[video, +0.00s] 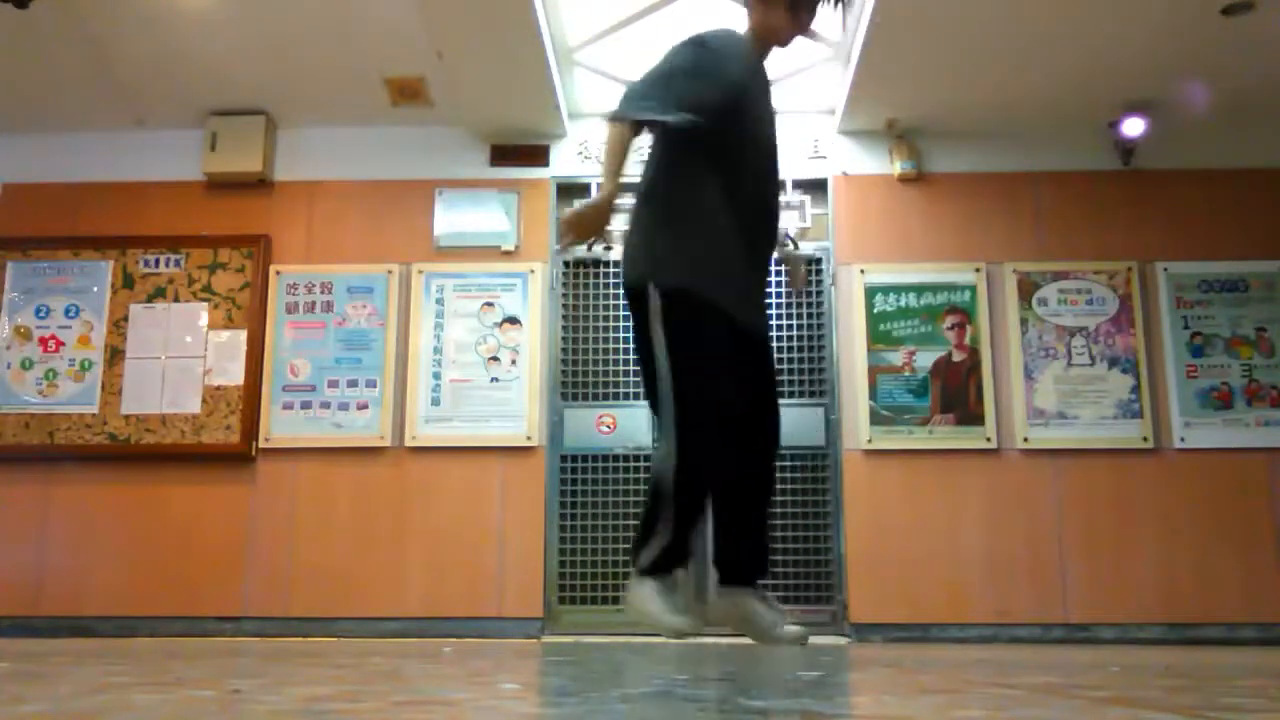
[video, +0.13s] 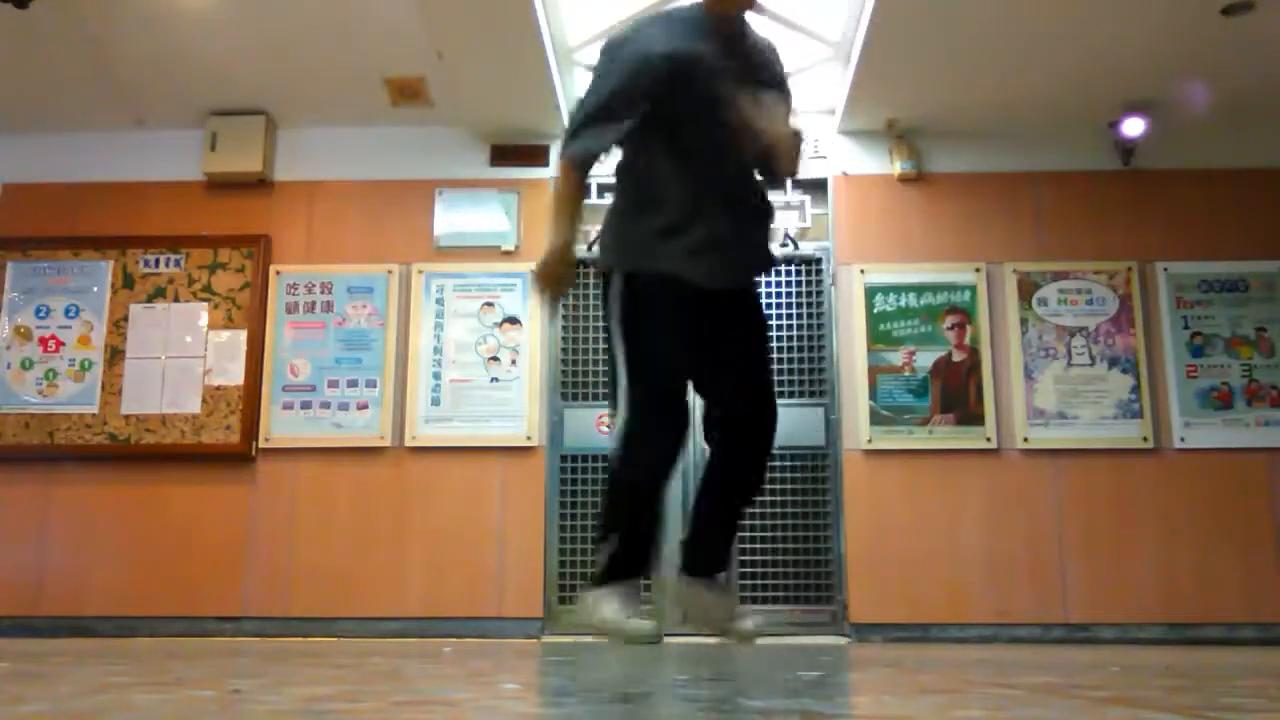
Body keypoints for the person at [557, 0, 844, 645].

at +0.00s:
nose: (806, 23)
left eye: (809, 13)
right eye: (802, 9)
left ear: (780, 12)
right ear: (767, 2)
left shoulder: (754, 82)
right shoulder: (716, 52)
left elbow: (733, 185)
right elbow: (627, 111)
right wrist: (605, 197)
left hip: (729, 280)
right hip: (674, 273)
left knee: (753, 428)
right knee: (692, 427)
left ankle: (735, 589)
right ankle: (652, 576)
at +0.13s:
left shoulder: (760, 58)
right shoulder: (651, 41)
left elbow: (787, 164)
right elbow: (578, 146)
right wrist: (561, 244)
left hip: (726, 273)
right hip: (647, 266)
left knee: (748, 427)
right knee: (656, 422)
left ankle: (701, 580)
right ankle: (615, 585)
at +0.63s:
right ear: (603, 1)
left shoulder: (713, 17)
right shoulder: (591, 53)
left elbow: (800, 91)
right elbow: (537, 117)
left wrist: (847, 155)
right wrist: (567, 12)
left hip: (698, 241)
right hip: (628, 248)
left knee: (623, 390)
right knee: (637, 408)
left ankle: (676, 586)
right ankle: (727, 587)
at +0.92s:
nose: (595, 16)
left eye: (603, 5)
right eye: (583, 10)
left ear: (629, 5)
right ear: (569, 20)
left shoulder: (679, 38)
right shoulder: (586, 101)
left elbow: (755, 20)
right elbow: (541, 173)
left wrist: (815, 41)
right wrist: (567, 71)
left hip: (744, 275)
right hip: (661, 296)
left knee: (829, 417)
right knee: (638, 446)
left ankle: (953, 394)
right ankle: (711, 600)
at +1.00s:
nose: (603, 14)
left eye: (611, 4)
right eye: (594, 9)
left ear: (639, 2)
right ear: (587, 20)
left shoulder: (684, 34)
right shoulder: (595, 101)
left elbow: (766, 10)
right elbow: (555, 162)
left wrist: (820, 49)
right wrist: (582, 68)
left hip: (750, 270)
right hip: (668, 294)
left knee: (812, 400)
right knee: (646, 430)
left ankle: (882, 348)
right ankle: (707, 595)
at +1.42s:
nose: (757, 12)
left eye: (770, 6)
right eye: (749, 1)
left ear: (784, 12)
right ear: (726, 2)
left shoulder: (790, 85)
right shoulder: (678, 62)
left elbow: (778, 189)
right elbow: (678, 124)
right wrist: (750, 63)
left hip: (752, 284)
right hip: (666, 281)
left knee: (758, 431)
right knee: (642, 419)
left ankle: (764, 575)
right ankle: (652, 562)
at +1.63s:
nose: (821, 56)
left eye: (835, 50)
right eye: (811, 41)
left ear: (845, 68)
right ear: (782, 44)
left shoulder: (816, 150)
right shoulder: (734, 97)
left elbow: (804, 262)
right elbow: (729, 155)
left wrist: (812, 338)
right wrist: (835, 177)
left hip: (759, 332)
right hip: (676, 315)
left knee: (785, 463)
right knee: (623, 416)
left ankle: (766, 600)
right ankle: (565, 541)